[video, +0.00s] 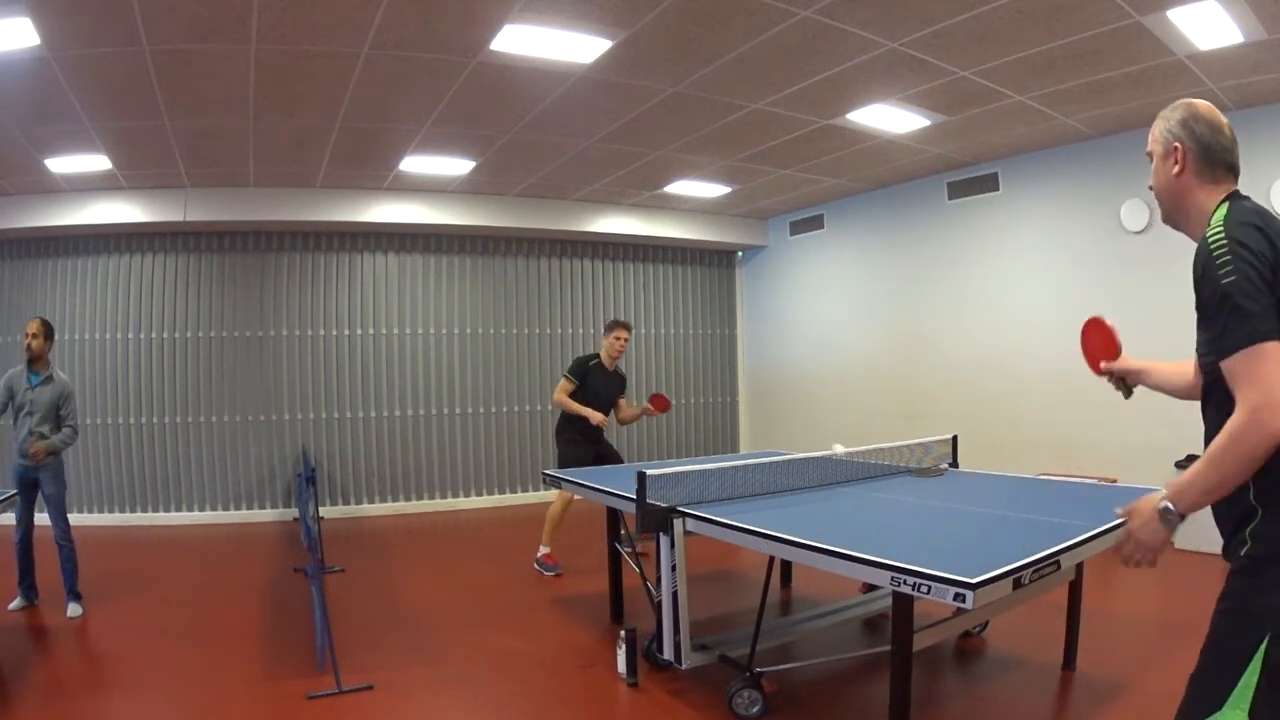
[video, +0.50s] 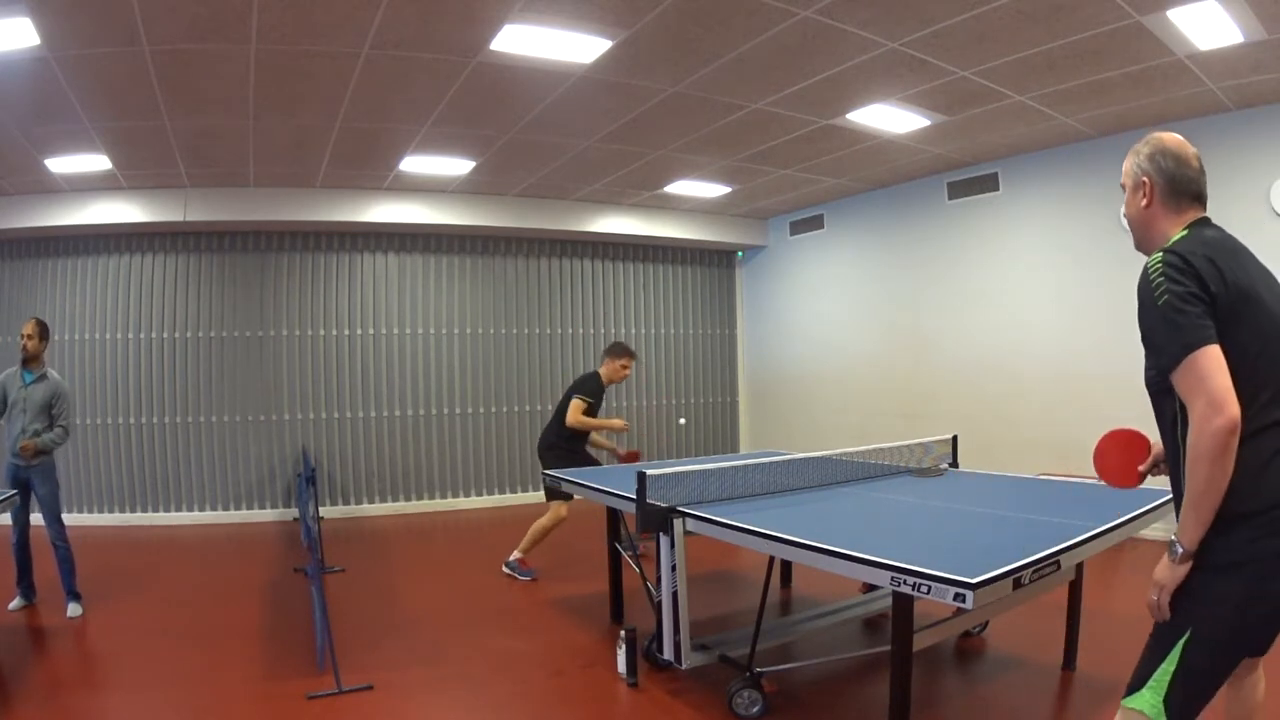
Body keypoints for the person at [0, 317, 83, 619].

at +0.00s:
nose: (28, 341)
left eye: (34, 336)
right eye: (26, 336)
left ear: (49, 343)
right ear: (23, 341)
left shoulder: (61, 386)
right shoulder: (12, 379)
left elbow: (71, 430)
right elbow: (0, 409)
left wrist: (48, 445)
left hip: (50, 465)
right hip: (21, 465)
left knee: (61, 532)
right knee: (22, 531)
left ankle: (73, 597)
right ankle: (27, 594)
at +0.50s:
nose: (23, 342)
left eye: (30, 338)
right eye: (22, 337)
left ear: (44, 344)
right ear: (20, 341)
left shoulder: (56, 386)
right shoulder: (7, 379)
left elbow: (63, 430)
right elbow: (2, 415)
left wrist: (39, 444)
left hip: (42, 466)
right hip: (12, 465)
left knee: (56, 532)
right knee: (19, 533)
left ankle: (72, 596)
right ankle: (25, 593)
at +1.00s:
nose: (17, 343)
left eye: (23, 338)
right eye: (15, 338)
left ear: (38, 343)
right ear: (15, 343)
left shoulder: (50, 382)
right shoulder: (6, 380)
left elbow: (60, 427)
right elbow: (4, 420)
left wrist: (34, 444)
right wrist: (5, 447)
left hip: (39, 465)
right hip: (10, 464)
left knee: (55, 531)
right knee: (20, 532)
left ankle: (72, 596)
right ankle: (26, 592)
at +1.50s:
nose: (17, 344)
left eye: (23, 339)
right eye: (15, 339)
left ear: (38, 343)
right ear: (14, 343)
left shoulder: (51, 382)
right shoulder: (6, 380)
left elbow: (63, 425)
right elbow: (3, 425)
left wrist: (37, 443)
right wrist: (2, 466)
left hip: (40, 466)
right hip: (11, 466)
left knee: (56, 531)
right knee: (20, 532)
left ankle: (72, 596)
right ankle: (26, 592)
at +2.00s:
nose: (17, 345)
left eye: (22, 340)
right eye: (14, 341)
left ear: (37, 343)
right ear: (14, 344)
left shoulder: (51, 382)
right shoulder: (7, 380)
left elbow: (62, 426)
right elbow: (4, 422)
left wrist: (37, 444)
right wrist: (5, 455)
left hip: (40, 465)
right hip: (11, 464)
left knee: (56, 531)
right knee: (20, 532)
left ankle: (72, 596)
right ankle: (26, 592)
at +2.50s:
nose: (15, 348)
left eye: (21, 343)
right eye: (13, 343)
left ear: (36, 344)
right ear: (12, 345)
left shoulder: (51, 382)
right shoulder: (6, 381)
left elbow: (62, 427)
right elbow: (3, 426)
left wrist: (37, 444)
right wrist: (2, 466)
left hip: (41, 466)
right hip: (11, 466)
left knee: (56, 532)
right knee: (20, 533)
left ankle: (72, 596)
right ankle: (26, 593)